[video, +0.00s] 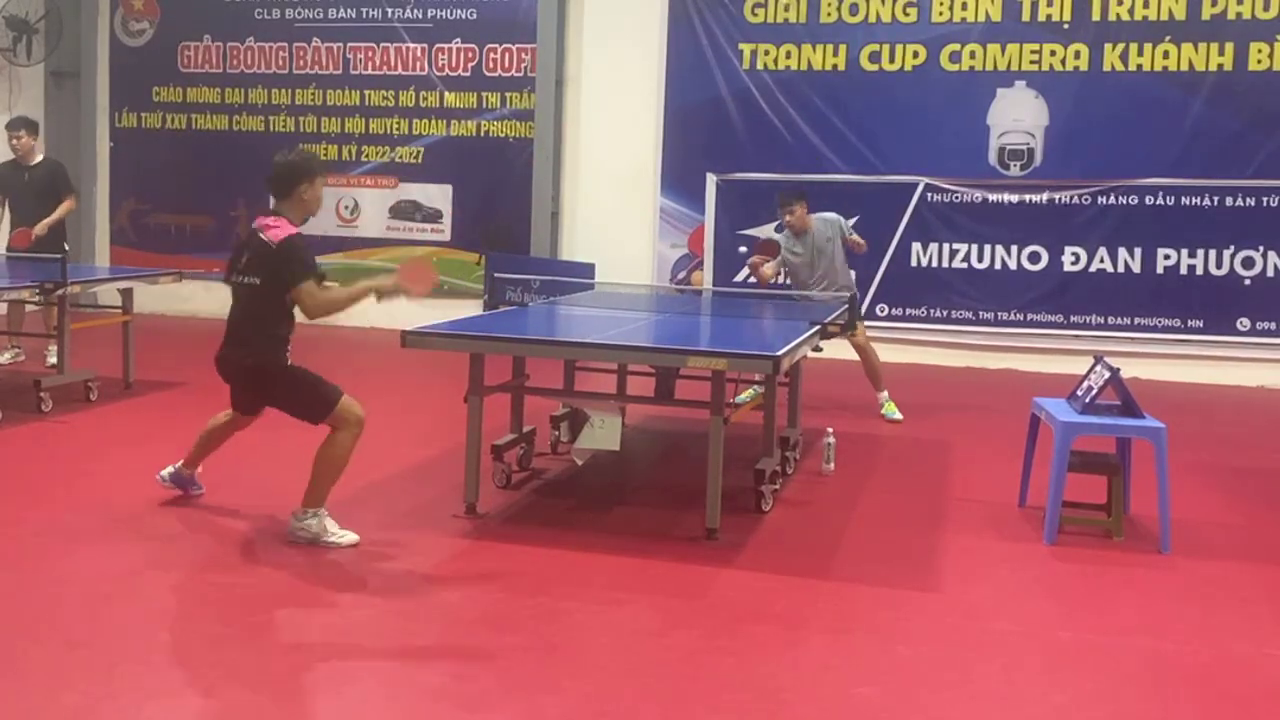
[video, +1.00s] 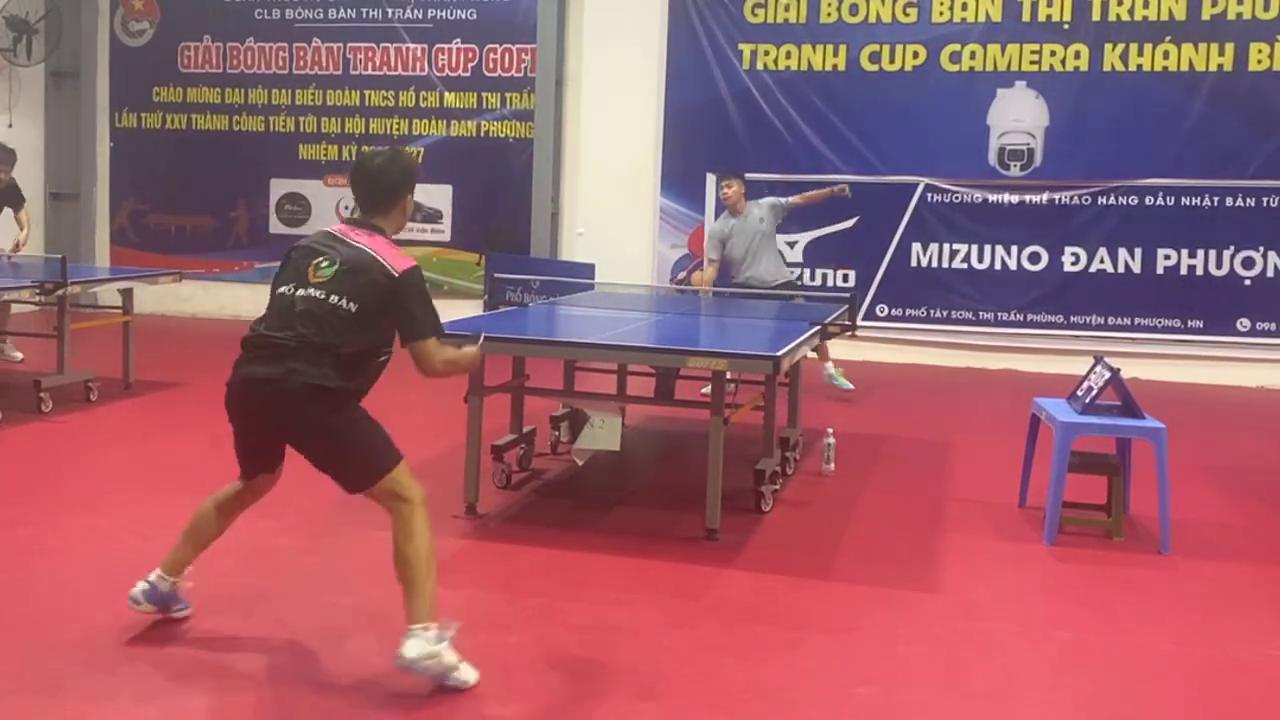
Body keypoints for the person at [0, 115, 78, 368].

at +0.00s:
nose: (13, 143)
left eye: (18, 138)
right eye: (10, 138)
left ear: (33, 139)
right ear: (8, 140)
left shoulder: (53, 167)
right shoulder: (7, 169)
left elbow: (70, 201)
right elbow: (3, 204)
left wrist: (47, 223)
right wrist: (6, 232)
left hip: (50, 247)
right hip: (17, 247)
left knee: (51, 298)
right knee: (14, 296)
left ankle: (53, 346)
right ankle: (14, 346)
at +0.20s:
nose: (12, 144)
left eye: (17, 139)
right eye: (9, 139)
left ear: (31, 139)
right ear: (6, 141)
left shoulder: (52, 167)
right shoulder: (6, 171)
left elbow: (71, 200)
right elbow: (1, 207)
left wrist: (51, 224)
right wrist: (2, 195)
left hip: (50, 246)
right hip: (18, 245)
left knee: (51, 297)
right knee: (14, 296)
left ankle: (53, 346)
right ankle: (14, 346)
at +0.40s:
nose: (15, 141)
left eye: (21, 136)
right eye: (12, 137)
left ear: (34, 139)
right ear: (9, 140)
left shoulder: (52, 169)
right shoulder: (5, 169)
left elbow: (70, 202)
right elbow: (5, 205)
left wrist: (53, 226)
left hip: (46, 249)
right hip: (11, 248)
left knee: (50, 298)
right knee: (3, 297)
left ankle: (53, 345)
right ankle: (5, 340)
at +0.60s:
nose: (9, 143)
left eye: (15, 139)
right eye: (6, 139)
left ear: (28, 142)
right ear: (2, 142)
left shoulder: (43, 174)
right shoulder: (2, 169)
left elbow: (57, 207)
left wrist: (49, 231)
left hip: (32, 253)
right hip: (4, 253)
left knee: (42, 298)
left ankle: (52, 345)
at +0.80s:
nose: (2, 155)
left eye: (7, 151)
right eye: (0, 150)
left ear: (15, 155)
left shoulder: (18, 179)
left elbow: (25, 208)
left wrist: (32, 232)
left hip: (9, 252)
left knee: (25, 298)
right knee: (23, 299)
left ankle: (44, 346)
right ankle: (44, 346)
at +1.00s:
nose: (4, 177)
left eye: (7, 172)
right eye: (2, 172)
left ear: (11, 171)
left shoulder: (10, 186)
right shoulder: (8, 187)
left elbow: (19, 208)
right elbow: (19, 208)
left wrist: (24, 232)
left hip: (2, 253)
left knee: (5, 295)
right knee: (4, 297)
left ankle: (4, 340)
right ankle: (4, 340)